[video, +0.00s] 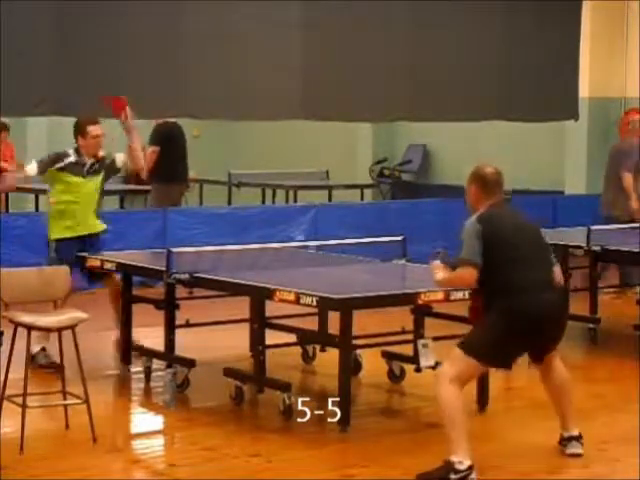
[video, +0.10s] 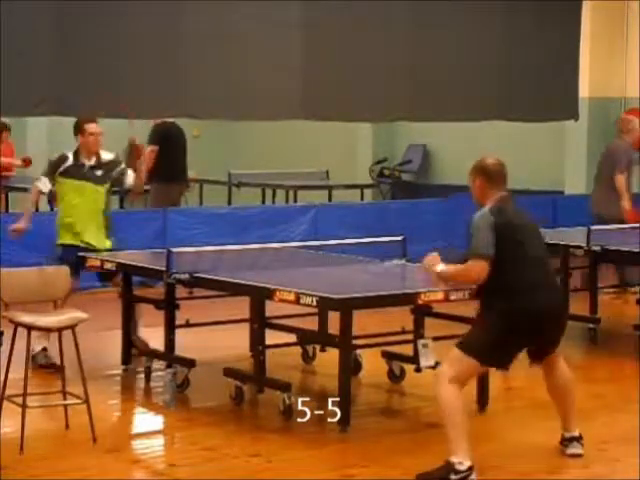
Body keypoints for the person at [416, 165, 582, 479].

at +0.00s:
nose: (466, 197)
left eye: (467, 191)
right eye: (467, 191)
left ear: (474, 191)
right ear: (500, 190)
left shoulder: (477, 223)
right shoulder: (526, 222)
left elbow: (469, 277)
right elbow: (557, 279)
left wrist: (442, 276)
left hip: (511, 311)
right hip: (552, 307)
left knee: (449, 377)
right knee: (548, 358)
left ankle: (459, 460)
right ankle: (571, 434)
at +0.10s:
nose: (470, 190)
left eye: (471, 185)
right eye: (470, 185)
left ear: (479, 183)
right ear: (503, 182)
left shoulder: (485, 218)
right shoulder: (523, 216)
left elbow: (477, 271)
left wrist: (440, 269)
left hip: (510, 311)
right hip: (551, 306)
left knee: (449, 377)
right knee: (551, 358)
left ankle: (460, 461)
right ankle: (571, 435)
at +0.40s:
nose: (490, 156)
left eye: (491, 151)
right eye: (493, 151)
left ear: (497, 156)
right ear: (524, 157)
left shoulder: (504, 198)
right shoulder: (534, 193)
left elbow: (488, 250)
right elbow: (503, 226)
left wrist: (443, 242)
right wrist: (457, 212)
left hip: (501, 306)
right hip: (535, 302)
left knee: (452, 370)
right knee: (538, 362)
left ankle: (460, 462)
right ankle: (570, 434)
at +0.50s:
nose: (484, 160)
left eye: (486, 155)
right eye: (487, 154)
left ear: (491, 160)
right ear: (519, 160)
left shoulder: (497, 203)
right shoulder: (533, 196)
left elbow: (476, 256)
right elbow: (516, 241)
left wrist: (435, 248)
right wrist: (471, 228)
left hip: (498, 309)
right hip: (534, 305)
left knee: (449, 368)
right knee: (537, 363)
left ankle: (463, 461)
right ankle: (570, 434)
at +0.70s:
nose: (475, 149)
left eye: (476, 144)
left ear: (479, 147)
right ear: (511, 148)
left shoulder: (467, 191)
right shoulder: (530, 192)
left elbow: (444, 247)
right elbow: (547, 255)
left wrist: (430, 240)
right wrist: (514, 247)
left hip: (475, 301)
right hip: (522, 300)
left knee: (433, 366)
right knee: (542, 365)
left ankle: (460, 456)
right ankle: (568, 439)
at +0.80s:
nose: (472, 151)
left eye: (473, 146)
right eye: (477, 146)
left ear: (476, 148)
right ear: (508, 150)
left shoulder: (464, 187)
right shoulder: (529, 191)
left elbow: (438, 244)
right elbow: (548, 251)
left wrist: (435, 237)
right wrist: (518, 256)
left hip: (472, 295)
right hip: (520, 296)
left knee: (424, 365)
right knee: (543, 366)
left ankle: (439, 452)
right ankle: (562, 446)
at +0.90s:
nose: (468, 165)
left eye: (468, 160)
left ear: (471, 162)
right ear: (503, 163)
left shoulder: (453, 200)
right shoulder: (521, 202)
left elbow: (427, 258)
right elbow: (547, 259)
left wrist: (451, 251)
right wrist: (540, 283)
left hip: (465, 306)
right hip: (516, 306)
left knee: (419, 375)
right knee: (547, 368)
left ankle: (421, 464)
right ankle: (563, 451)